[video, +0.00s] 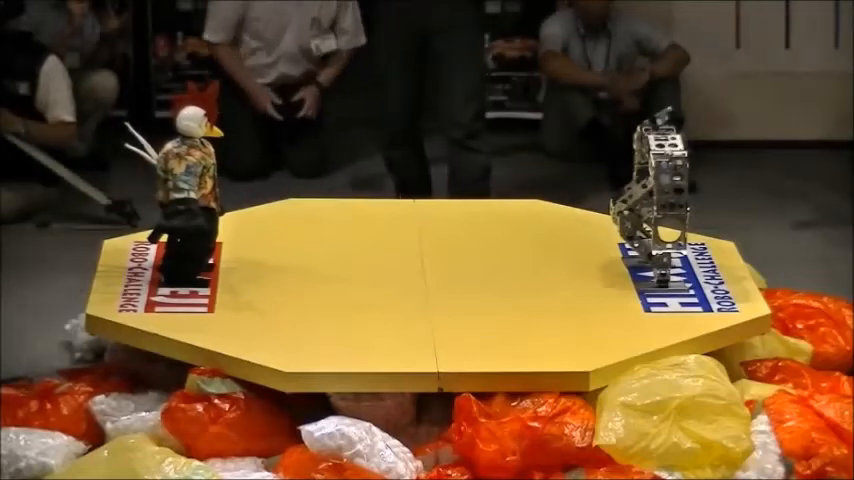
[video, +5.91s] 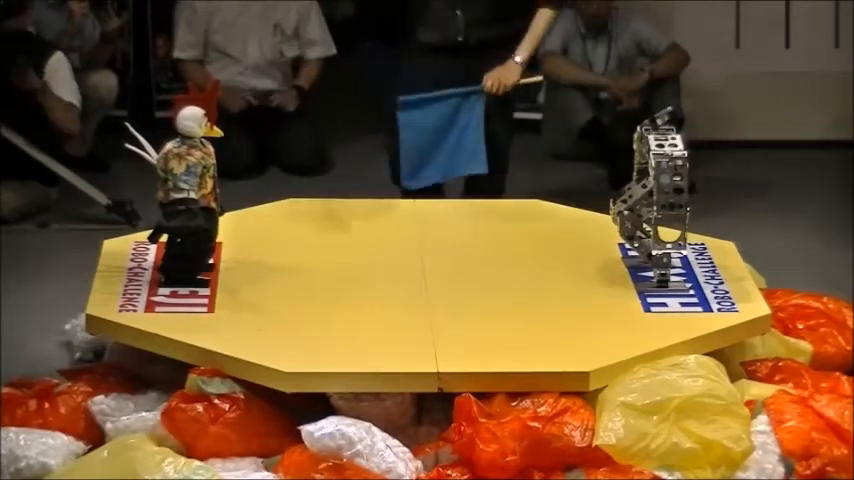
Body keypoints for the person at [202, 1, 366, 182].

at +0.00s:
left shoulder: (340, 5)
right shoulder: (233, 6)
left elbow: (347, 43)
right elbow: (220, 43)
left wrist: (318, 87)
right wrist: (254, 90)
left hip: (304, 87)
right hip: (248, 88)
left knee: (310, 166)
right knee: (245, 167)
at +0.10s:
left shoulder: (331, 5)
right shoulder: (227, 5)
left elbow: (336, 59)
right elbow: (212, 55)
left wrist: (311, 102)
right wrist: (250, 104)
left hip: (299, 92)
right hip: (243, 93)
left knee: (311, 165)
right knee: (243, 167)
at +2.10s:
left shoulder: (309, 5)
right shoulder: (210, 5)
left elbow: (314, 65)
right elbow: (197, 58)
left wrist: (294, 100)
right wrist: (228, 104)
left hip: (283, 99)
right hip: (230, 100)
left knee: (306, 160)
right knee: (237, 164)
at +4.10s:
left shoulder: (301, 5)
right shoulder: (202, 5)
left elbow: (312, 61)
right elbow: (191, 60)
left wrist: (291, 100)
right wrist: (226, 105)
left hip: (280, 98)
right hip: (228, 102)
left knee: (306, 160)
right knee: (237, 163)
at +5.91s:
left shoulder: (301, 5)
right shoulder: (196, 6)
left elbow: (316, 50)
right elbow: (187, 60)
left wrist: (296, 90)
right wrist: (221, 92)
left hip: (278, 97)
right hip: (227, 99)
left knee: (307, 161)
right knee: (237, 164)